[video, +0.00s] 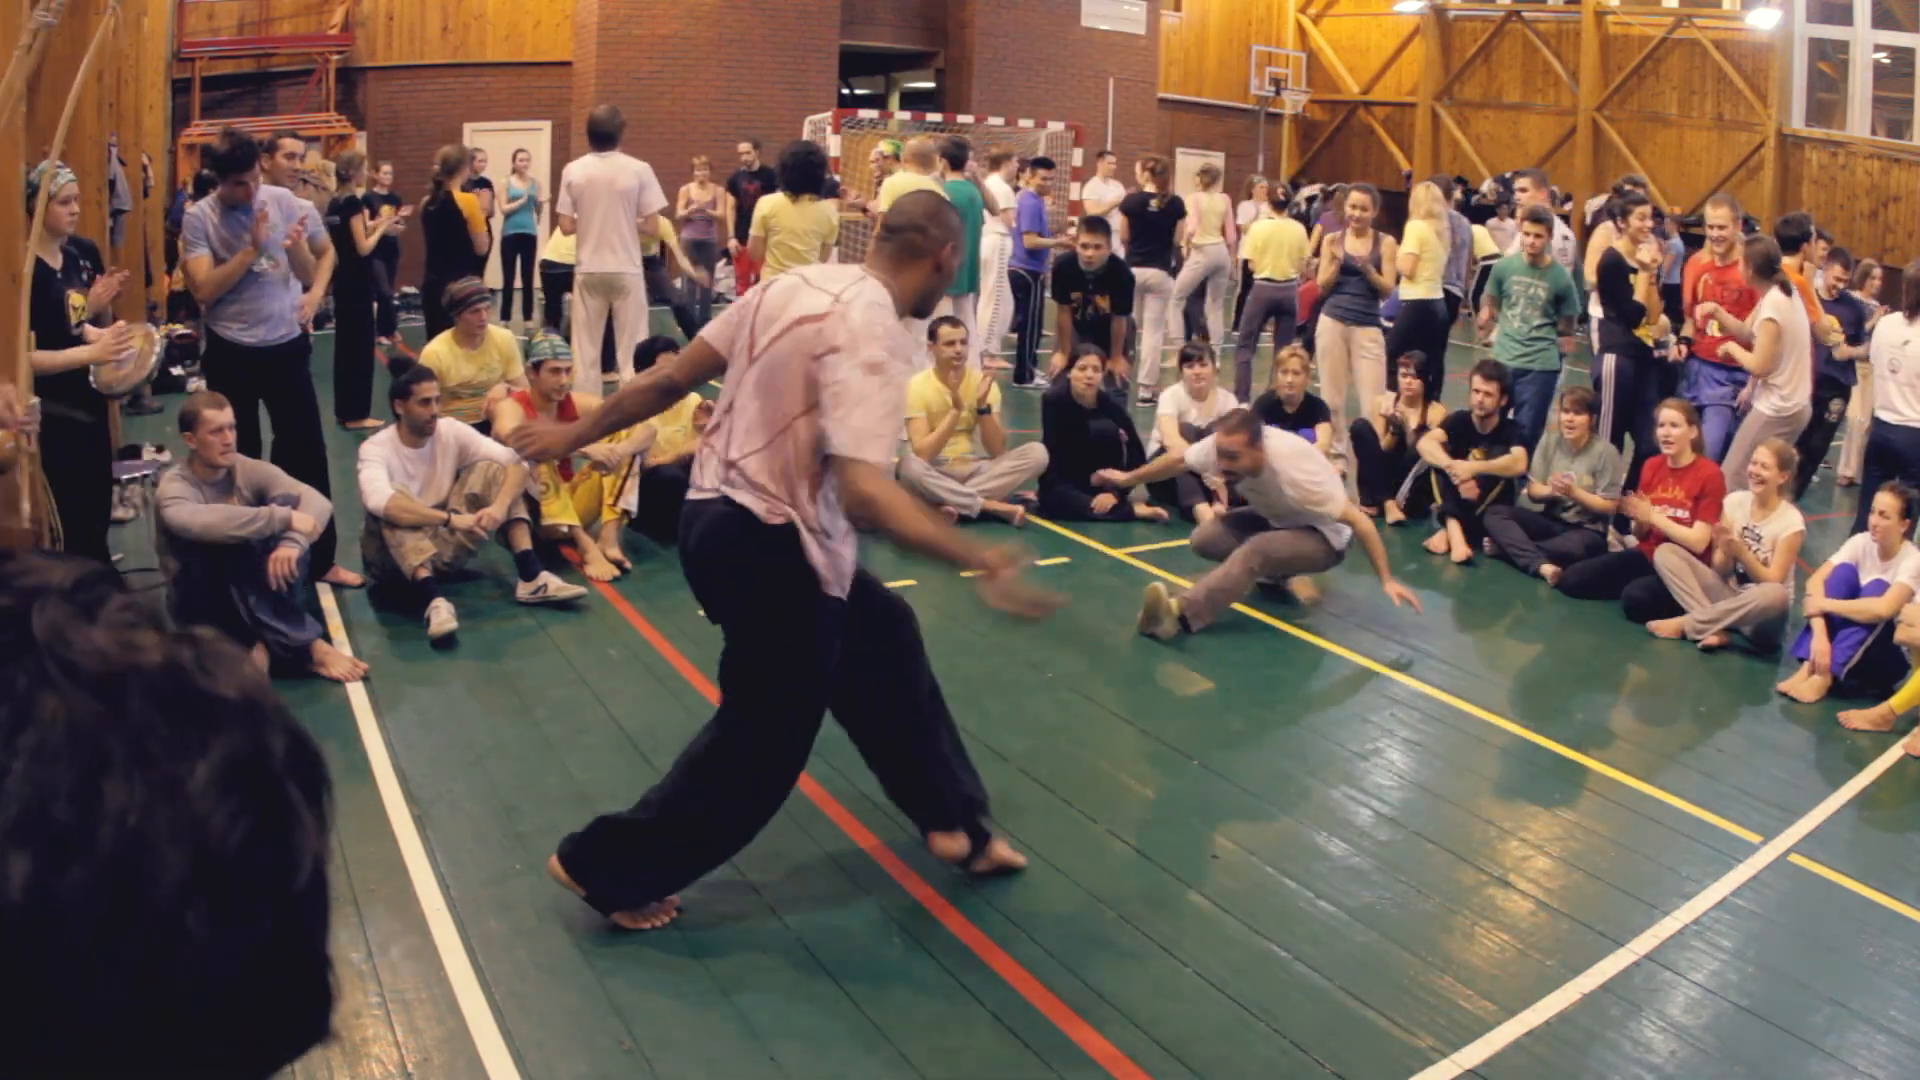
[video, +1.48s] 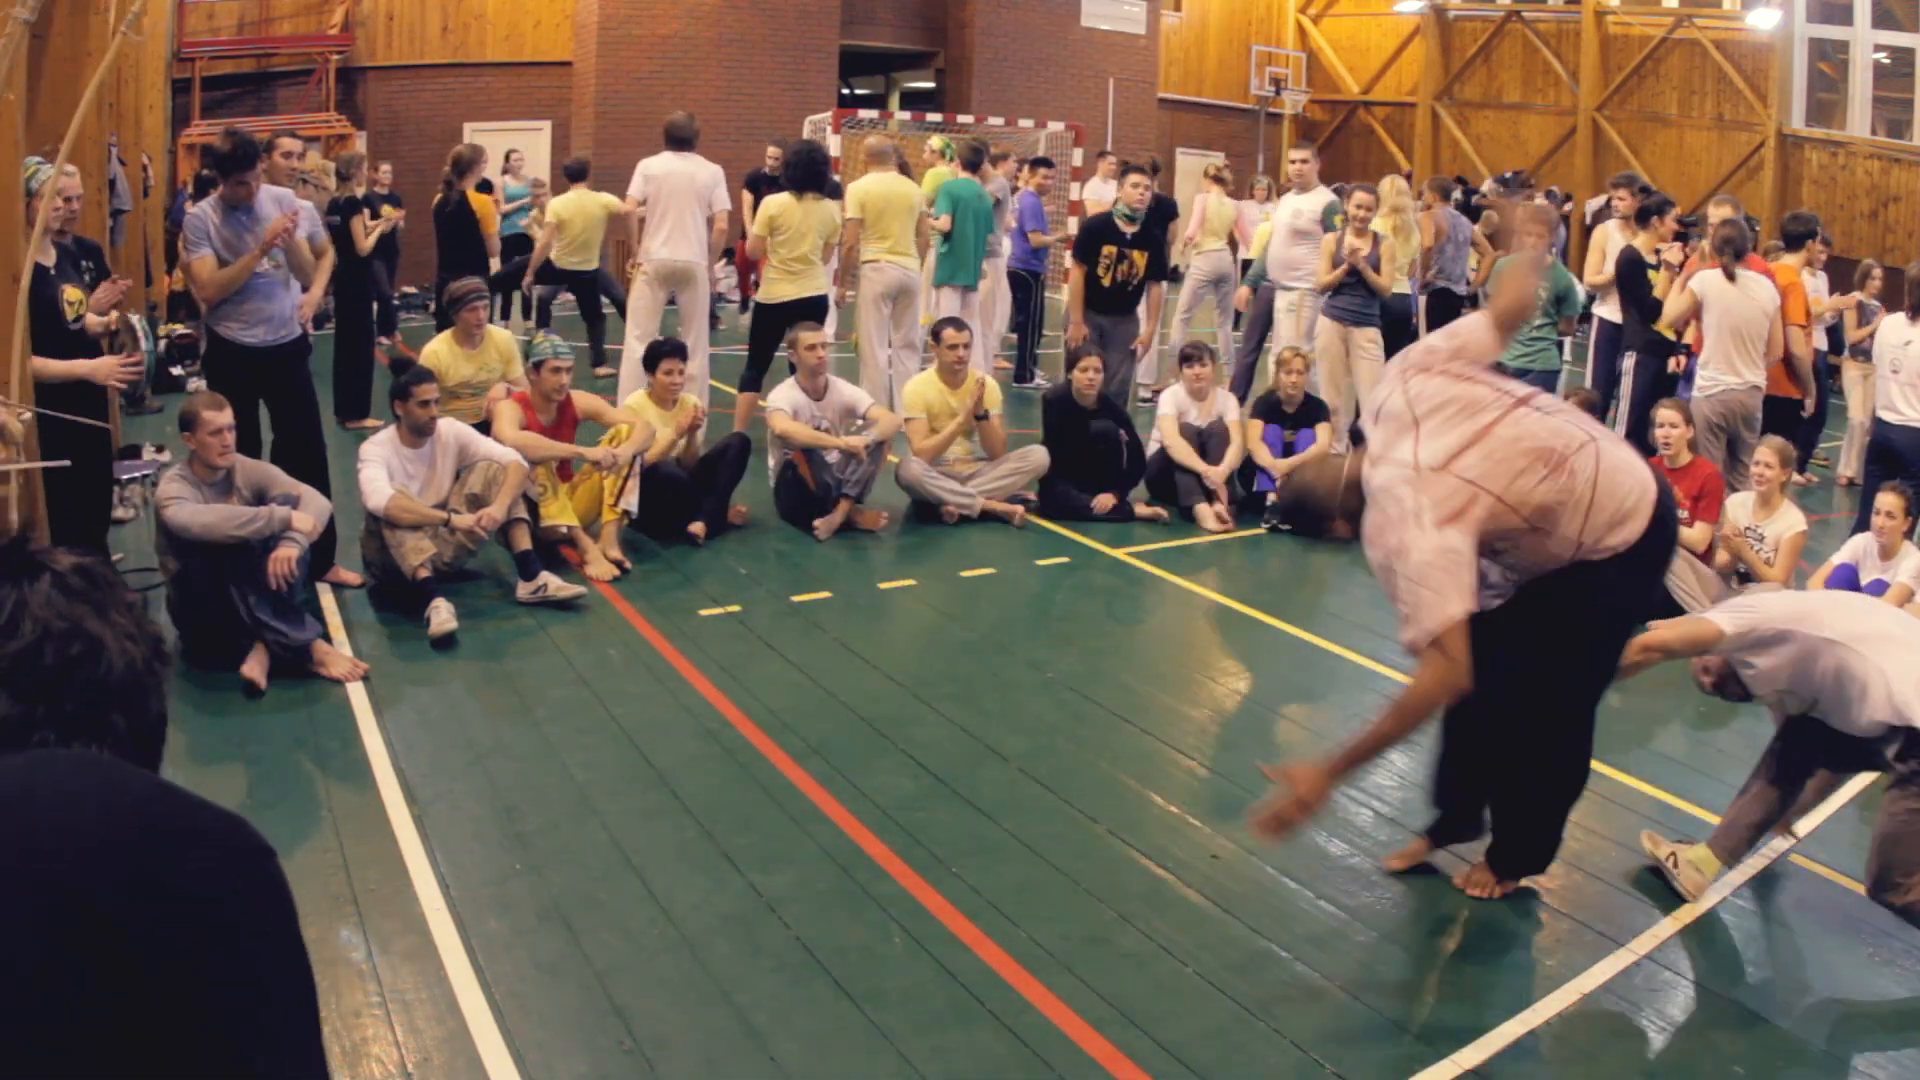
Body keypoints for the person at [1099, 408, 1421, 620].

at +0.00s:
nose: (1223, 464)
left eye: (1232, 457)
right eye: (1221, 454)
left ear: (1259, 450)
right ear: (1220, 442)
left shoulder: (1299, 475)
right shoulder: (1222, 443)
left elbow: (1361, 521)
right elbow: (1180, 461)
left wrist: (1387, 579)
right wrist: (1130, 477)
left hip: (1324, 531)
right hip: (1272, 517)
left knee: (1256, 552)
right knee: (1205, 539)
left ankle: (1179, 615)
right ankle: (1275, 579)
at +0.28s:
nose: (1383, 468)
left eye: (1396, 472)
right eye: (1391, 455)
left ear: (1407, 477)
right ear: (1392, 435)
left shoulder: (1403, 502)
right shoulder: (1363, 422)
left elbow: (1395, 567)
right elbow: (1347, 380)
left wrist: (1381, 629)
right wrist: (1406, 375)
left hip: (1336, 533)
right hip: (1297, 495)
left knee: (1297, 564)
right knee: (1208, 531)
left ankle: (1235, 631)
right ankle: (1283, 563)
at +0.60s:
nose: (1470, 623)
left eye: (1472, 619)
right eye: (1474, 620)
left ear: (1464, 594)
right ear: (1477, 592)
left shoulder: (1444, 548)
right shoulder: (1487, 546)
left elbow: (1395, 576)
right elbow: (1508, 639)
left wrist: (1385, 633)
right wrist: (1522, 716)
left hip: (1357, 504)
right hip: (1334, 483)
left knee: (1378, 613)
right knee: (1354, 599)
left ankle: (1281, 675)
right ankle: (1235, 648)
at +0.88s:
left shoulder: (1484, 499)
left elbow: (1415, 576)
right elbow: (1573, 677)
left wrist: (1403, 636)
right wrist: (1521, 723)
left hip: (1501, 505)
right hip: (1582, 526)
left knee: (1414, 605)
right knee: (1601, 673)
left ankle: (1316, 688)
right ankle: (1630, 782)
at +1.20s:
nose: (1594, 658)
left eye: (1588, 653)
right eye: (1596, 655)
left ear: (1589, 636)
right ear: (1617, 645)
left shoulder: (1607, 588)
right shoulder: (1680, 625)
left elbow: (1529, 637)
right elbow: (1683, 710)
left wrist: (1499, 691)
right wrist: (1609, 711)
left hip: (1781, 625)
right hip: (1803, 622)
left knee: (1788, 811)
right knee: (1687, 716)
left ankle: (1907, 893)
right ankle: (1661, 850)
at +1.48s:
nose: (1709, 682)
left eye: (1704, 676)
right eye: (1709, 686)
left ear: (1709, 654)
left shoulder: (1753, 615)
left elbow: (1650, 643)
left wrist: (1582, 683)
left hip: (1913, 728)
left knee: (1895, 887)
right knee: (1798, 741)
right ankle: (1703, 864)